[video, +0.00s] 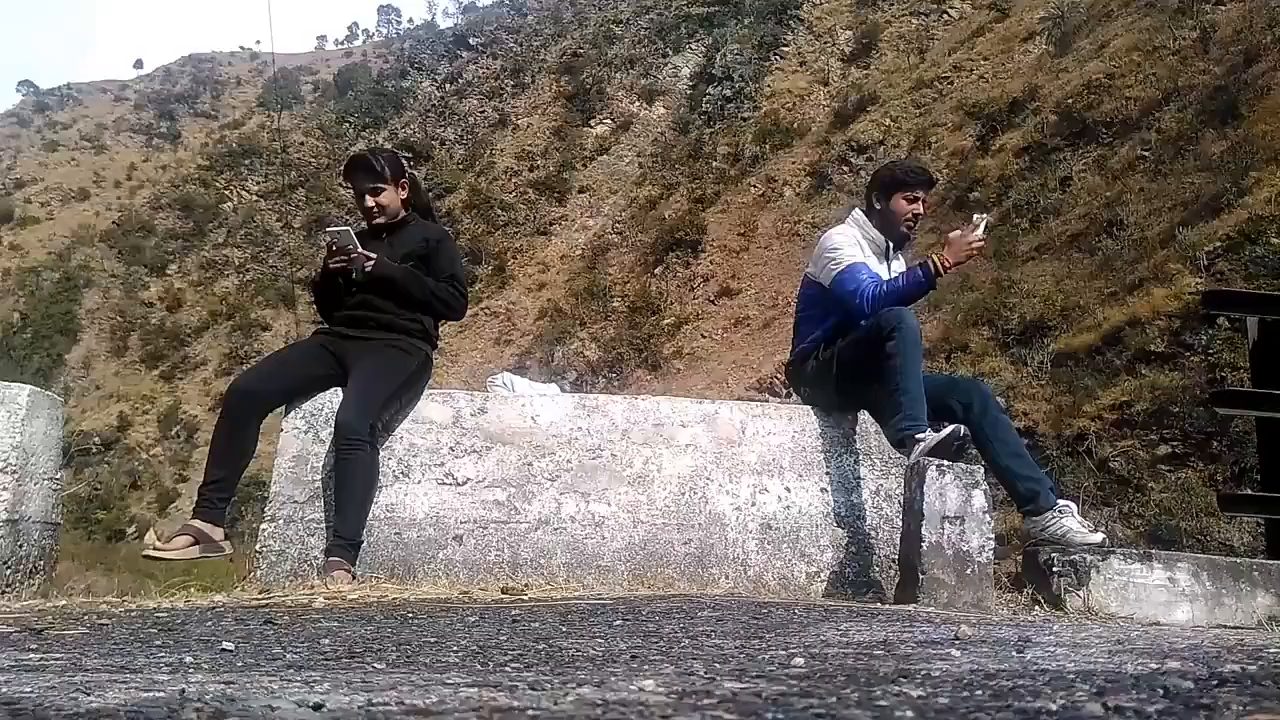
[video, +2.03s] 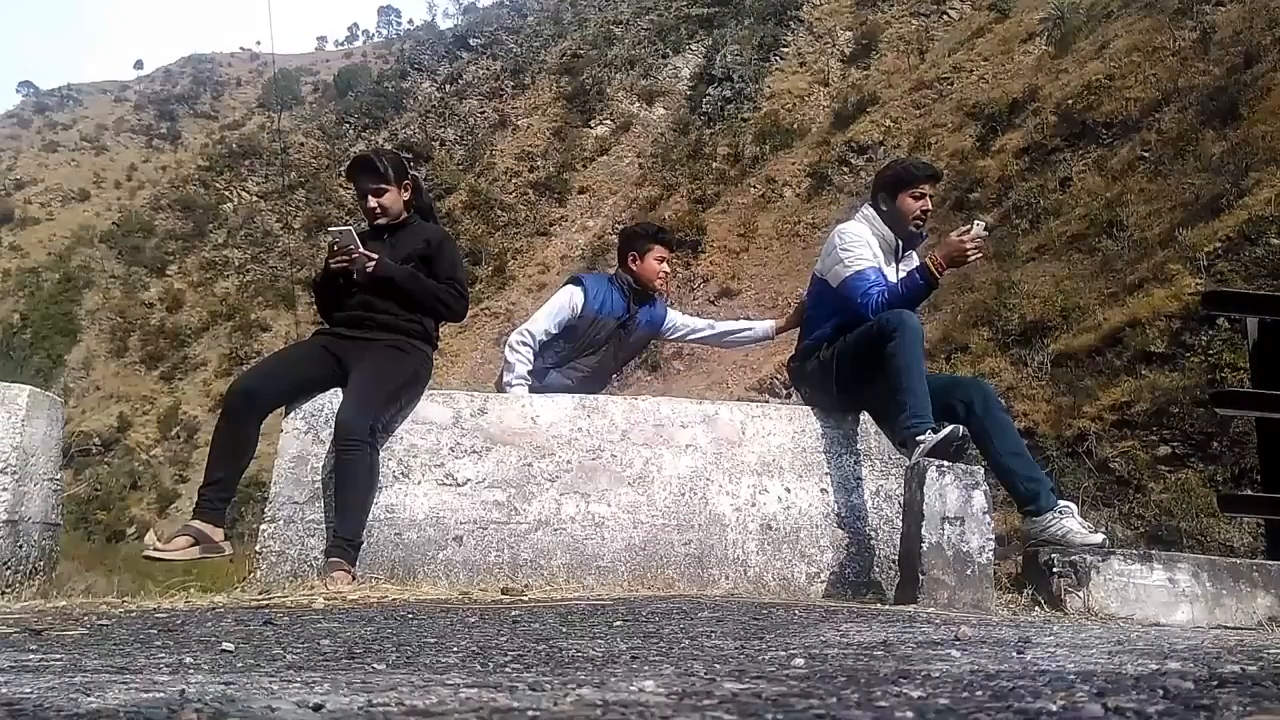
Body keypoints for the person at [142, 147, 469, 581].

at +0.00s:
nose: (369, 202)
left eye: (377, 191)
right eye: (361, 194)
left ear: (403, 187)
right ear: (356, 195)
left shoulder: (432, 236)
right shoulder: (353, 236)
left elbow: (455, 303)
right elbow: (329, 309)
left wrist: (383, 268)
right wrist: (331, 271)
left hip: (396, 348)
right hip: (336, 341)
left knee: (353, 427)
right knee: (245, 393)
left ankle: (340, 564)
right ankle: (208, 527)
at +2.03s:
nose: (371, 203)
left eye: (380, 192)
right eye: (364, 194)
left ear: (407, 188)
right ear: (359, 195)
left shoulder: (433, 238)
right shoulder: (356, 236)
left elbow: (456, 304)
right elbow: (330, 309)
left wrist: (385, 270)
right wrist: (333, 272)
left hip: (397, 350)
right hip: (337, 342)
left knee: (354, 428)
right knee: (247, 393)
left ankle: (340, 565)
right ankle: (208, 526)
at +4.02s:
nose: (393, 178)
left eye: (401, 171)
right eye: (382, 171)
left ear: (413, 180)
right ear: (366, 181)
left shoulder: (432, 232)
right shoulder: (352, 234)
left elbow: (456, 302)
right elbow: (326, 305)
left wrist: (387, 266)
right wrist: (331, 270)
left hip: (397, 346)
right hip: (337, 338)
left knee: (354, 424)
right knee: (246, 391)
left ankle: (340, 560)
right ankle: (208, 523)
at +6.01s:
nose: (372, 190)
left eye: (383, 181)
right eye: (367, 180)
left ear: (412, 183)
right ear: (362, 182)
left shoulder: (433, 233)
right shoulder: (354, 228)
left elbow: (455, 301)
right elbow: (328, 301)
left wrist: (386, 263)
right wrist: (334, 262)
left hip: (397, 345)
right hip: (335, 336)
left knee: (353, 424)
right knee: (247, 388)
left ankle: (341, 561)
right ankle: (208, 521)